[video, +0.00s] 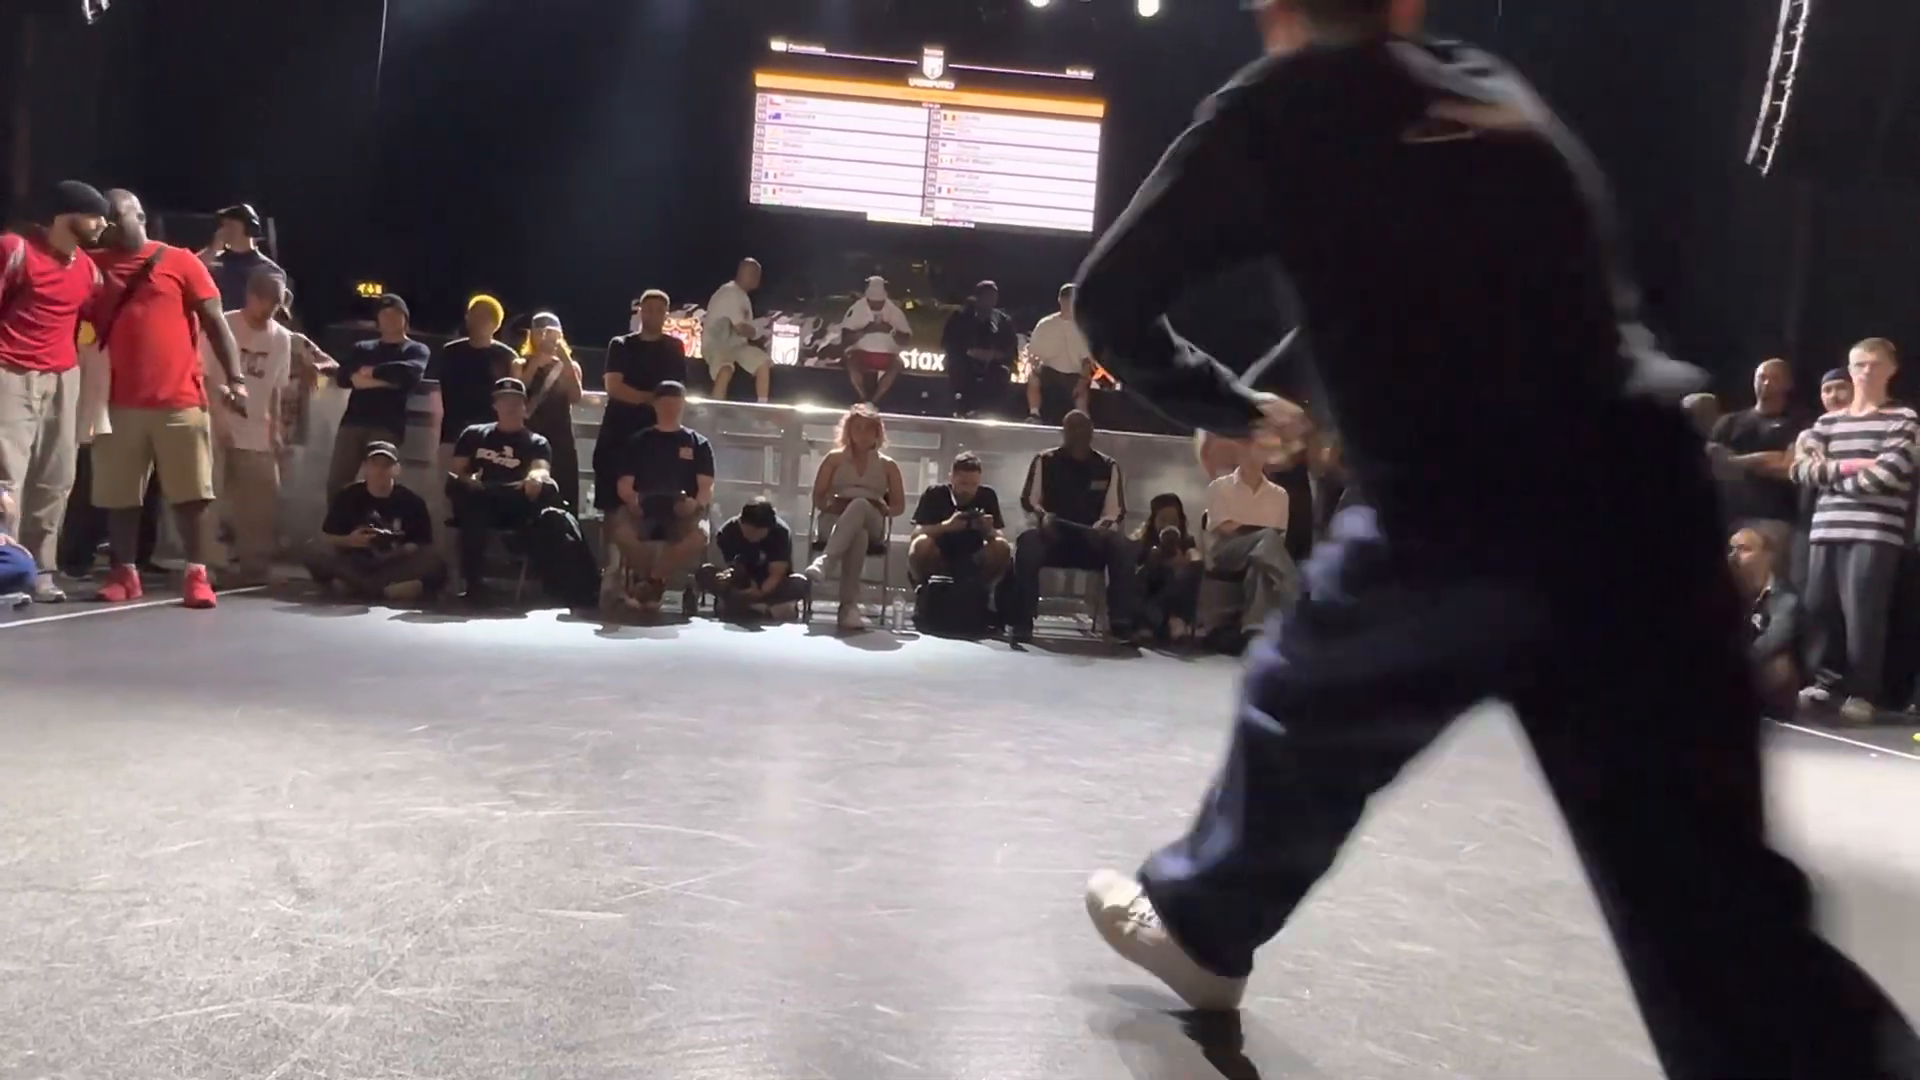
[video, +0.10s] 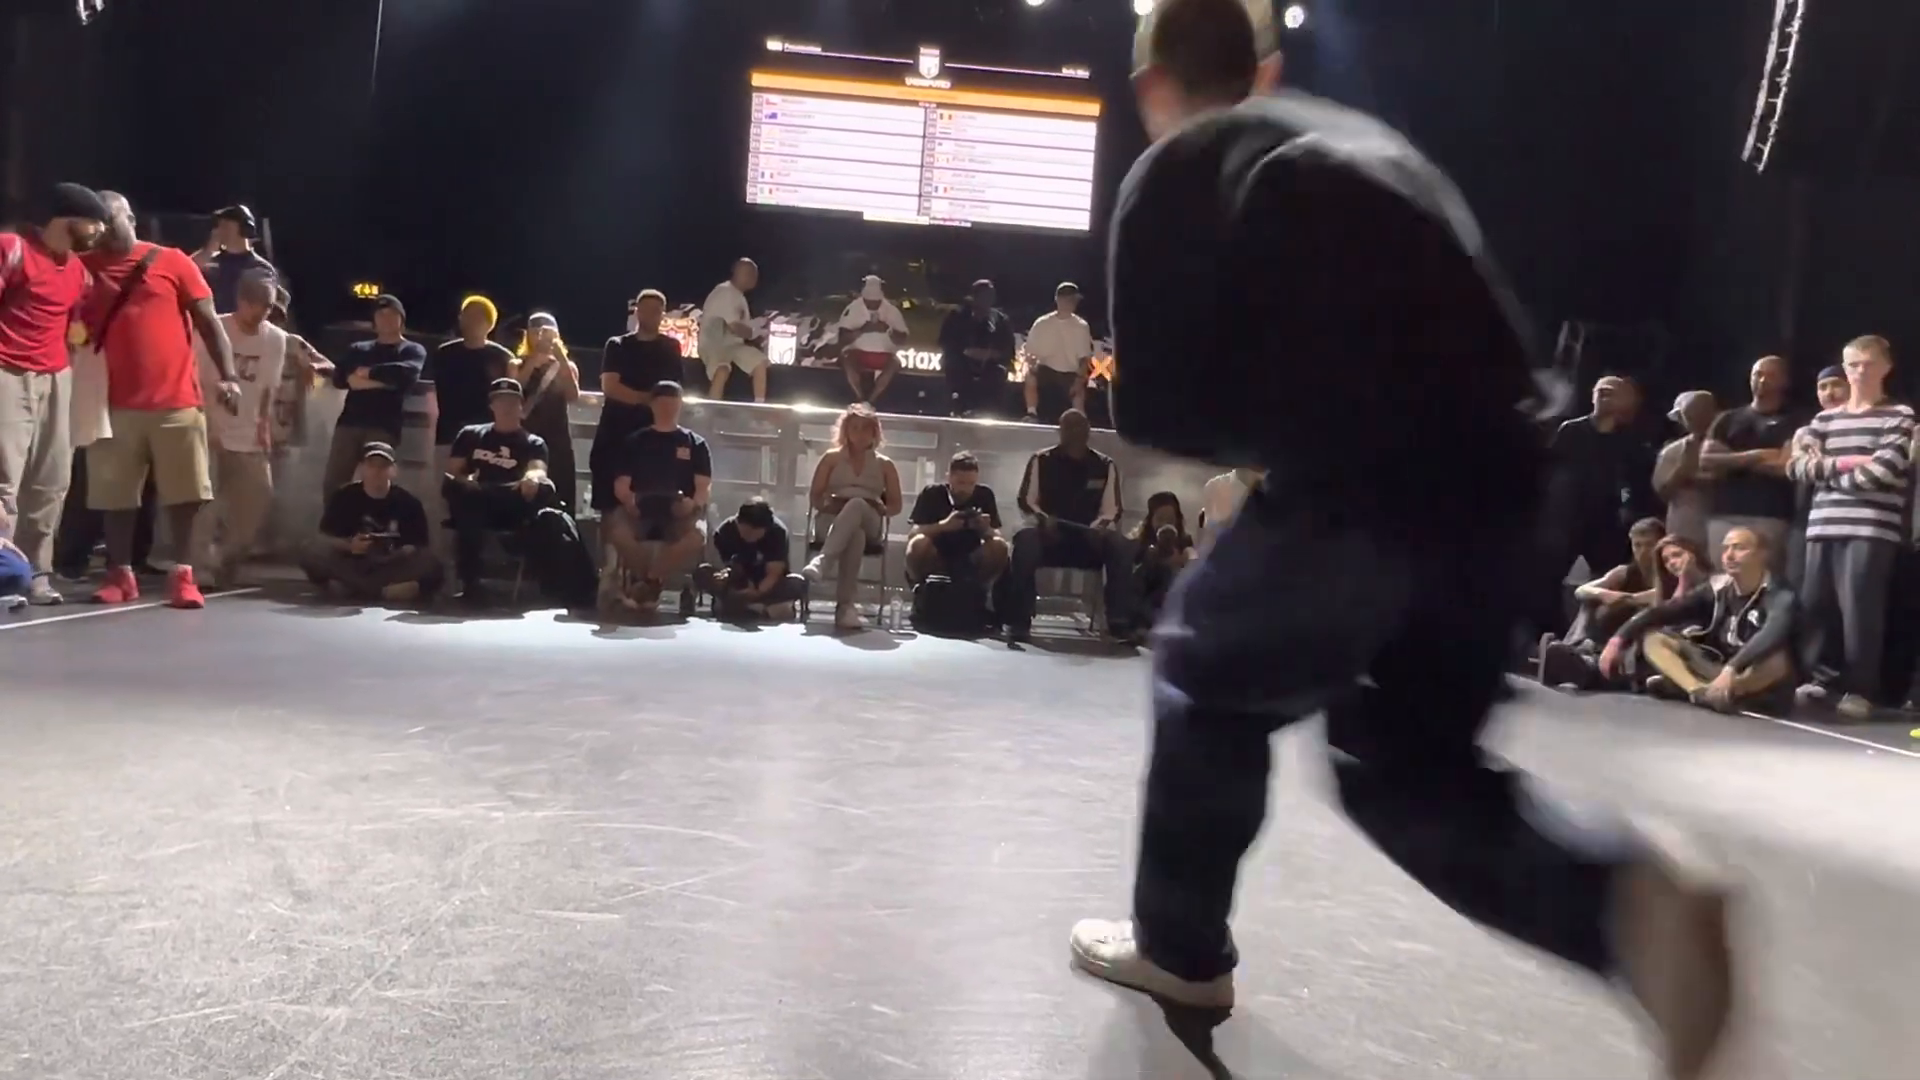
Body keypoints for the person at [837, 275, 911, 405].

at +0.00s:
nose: (876, 305)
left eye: (880, 301)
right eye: (873, 301)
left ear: (885, 298)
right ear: (867, 298)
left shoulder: (894, 310)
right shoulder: (856, 309)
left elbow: (905, 340)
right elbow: (845, 339)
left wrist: (891, 330)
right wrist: (866, 330)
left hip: (887, 354)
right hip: (860, 352)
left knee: (897, 365)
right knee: (851, 362)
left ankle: (874, 401)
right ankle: (863, 398)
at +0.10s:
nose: (872, 305)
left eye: (876, 301)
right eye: (869, 301)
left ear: (881, 298)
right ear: (863, 297)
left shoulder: (891, 310)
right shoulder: (853, 308)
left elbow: (902, 340)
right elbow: (842, 339)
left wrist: (887, 329)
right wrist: (863, 329)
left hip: (884, 354)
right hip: (858, 352)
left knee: (894, 364)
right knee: (847, 359)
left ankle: (871, 401)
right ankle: (860, 398)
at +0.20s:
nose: (870, 305)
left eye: (874, 302)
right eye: (866, 301)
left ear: (879, 298)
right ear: (861, 298)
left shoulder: (889, 310)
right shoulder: (850, 309)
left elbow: (899, 340)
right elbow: (840, 340)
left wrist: (885, 330)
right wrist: (861, 330)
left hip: (882, 354)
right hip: (856, 353)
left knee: (892, 364)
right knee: (845, 359)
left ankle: (869, 401)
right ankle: (858, 398)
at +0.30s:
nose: (867, 305)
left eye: (870, 302)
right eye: (863, 302)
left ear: (876, 299)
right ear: (857, 298)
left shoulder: (885, 311)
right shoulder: (848, 309)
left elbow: (897, 341)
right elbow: (836, 339)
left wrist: (881, 330)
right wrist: (858, 330)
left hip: (879, 355)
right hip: (852, 353)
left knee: (889, 365)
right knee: (842, 362)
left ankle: (866, 402)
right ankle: (854, 399)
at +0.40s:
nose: (863, 306)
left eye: (867, 303)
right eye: (859, 303)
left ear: (872, 299)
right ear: (854, 299)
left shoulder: (882, 312)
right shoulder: (844, 310)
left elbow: (894, 341)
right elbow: (833, 341)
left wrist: (879, 331)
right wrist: (855, 331)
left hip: (876, 356)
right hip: (849, 354)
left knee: (886, 366)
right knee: (838, 364)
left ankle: (864, 401)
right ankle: (852, 399)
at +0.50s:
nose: (862, 309)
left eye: (866, 306)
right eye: (859, 306)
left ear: (871, 303)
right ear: (853, 302)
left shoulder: (881, 315)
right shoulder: (843, 313)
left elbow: (894, 344)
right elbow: (832, 344)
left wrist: (877, 333)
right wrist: (853, 334)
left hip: (875, 359)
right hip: (848, 357)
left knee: (885, 369)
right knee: (837, 366)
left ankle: (862, 405)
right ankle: (852, 404)